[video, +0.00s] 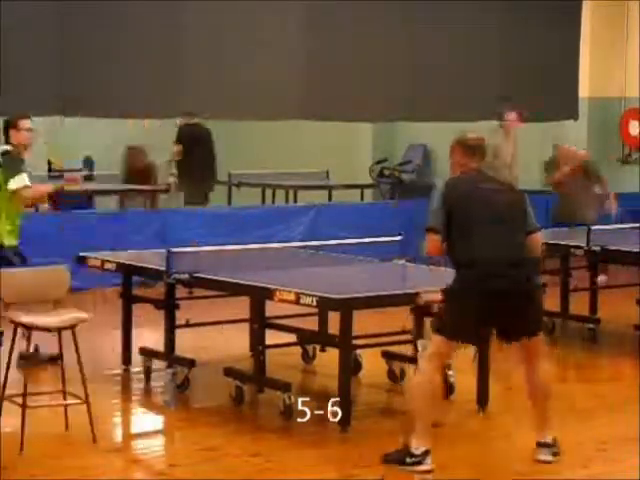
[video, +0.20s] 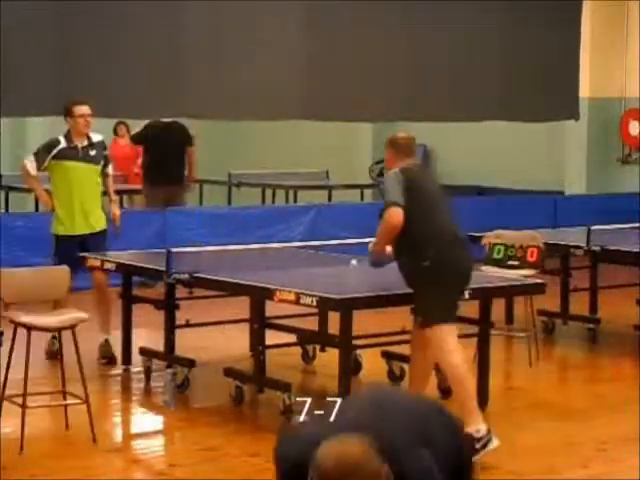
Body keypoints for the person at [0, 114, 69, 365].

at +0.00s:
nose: (30, 135)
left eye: (30, 130)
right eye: (25, 130)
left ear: (16, 135)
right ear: (11, 133)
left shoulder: (12, 157)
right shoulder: (10, 157)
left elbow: (18, 197)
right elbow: (22, 192)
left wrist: (43, 195)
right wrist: (58, 187)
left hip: (9, 240)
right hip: (6, 242)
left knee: (24, 291)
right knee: (24, 291)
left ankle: (27, 347)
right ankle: (27, 348)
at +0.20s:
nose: (87, 121)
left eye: (89, 116)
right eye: (82, 117)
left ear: (91, 120)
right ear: (69, 120)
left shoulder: (99, 144)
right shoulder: (56, 145)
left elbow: (108, 173)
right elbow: (28, 168)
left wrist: (113, 202)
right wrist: (41, 193)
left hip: (96, 224)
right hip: (65, 226)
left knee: (101, 282)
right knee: (61, 287)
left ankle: (106, 340)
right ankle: (55, 337)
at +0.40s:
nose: (101, 120)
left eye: (103, 116)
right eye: (96, 116)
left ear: (104, 119)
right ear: (83, 118)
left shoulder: (111, 145)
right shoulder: (68, 142)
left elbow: (117, 177)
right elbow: (40, 165)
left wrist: (122, 201)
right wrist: (52, 193)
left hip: (107, 222)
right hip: (77, 223)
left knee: (107, 283)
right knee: (70, 285)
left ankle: (106, 340)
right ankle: (56, 336)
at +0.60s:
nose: (112, 123)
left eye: (114, 119)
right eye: (108, 118)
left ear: (116, 123)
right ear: (93, 120)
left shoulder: (119, 149)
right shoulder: (75, 141)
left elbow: (124, 181)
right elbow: (46, 164)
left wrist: (128, 204)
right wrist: (60, 193)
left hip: (112, 224)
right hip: (83, 223)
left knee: (110, 283)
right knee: (78, 284)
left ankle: (107, 339)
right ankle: (67, 338)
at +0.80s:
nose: (118, 125)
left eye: (120, 122)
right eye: (113, 120)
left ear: (120, 125)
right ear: (98, 121)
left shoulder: (123, 151)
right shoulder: (78, 142)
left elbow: (129, 185)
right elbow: (49, 165)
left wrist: (122, 207)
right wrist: (61, 192)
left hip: (112, 224)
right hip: (83, 223)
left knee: (111, 284)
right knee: (80, 286)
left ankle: (107, 339)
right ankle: (74, 340)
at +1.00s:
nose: (119, 130)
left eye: (122, 126)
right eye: (115, 125)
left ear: (122, 127)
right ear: (100, 122)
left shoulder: (121, 152)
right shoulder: (78, 146)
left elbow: (131, 186)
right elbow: (49, 163)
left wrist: (135, 218)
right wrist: (60, 187)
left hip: (111, 228)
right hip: (80, 225)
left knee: (114, 292)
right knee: (79, 287)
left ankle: (111, 339)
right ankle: (75, 341)